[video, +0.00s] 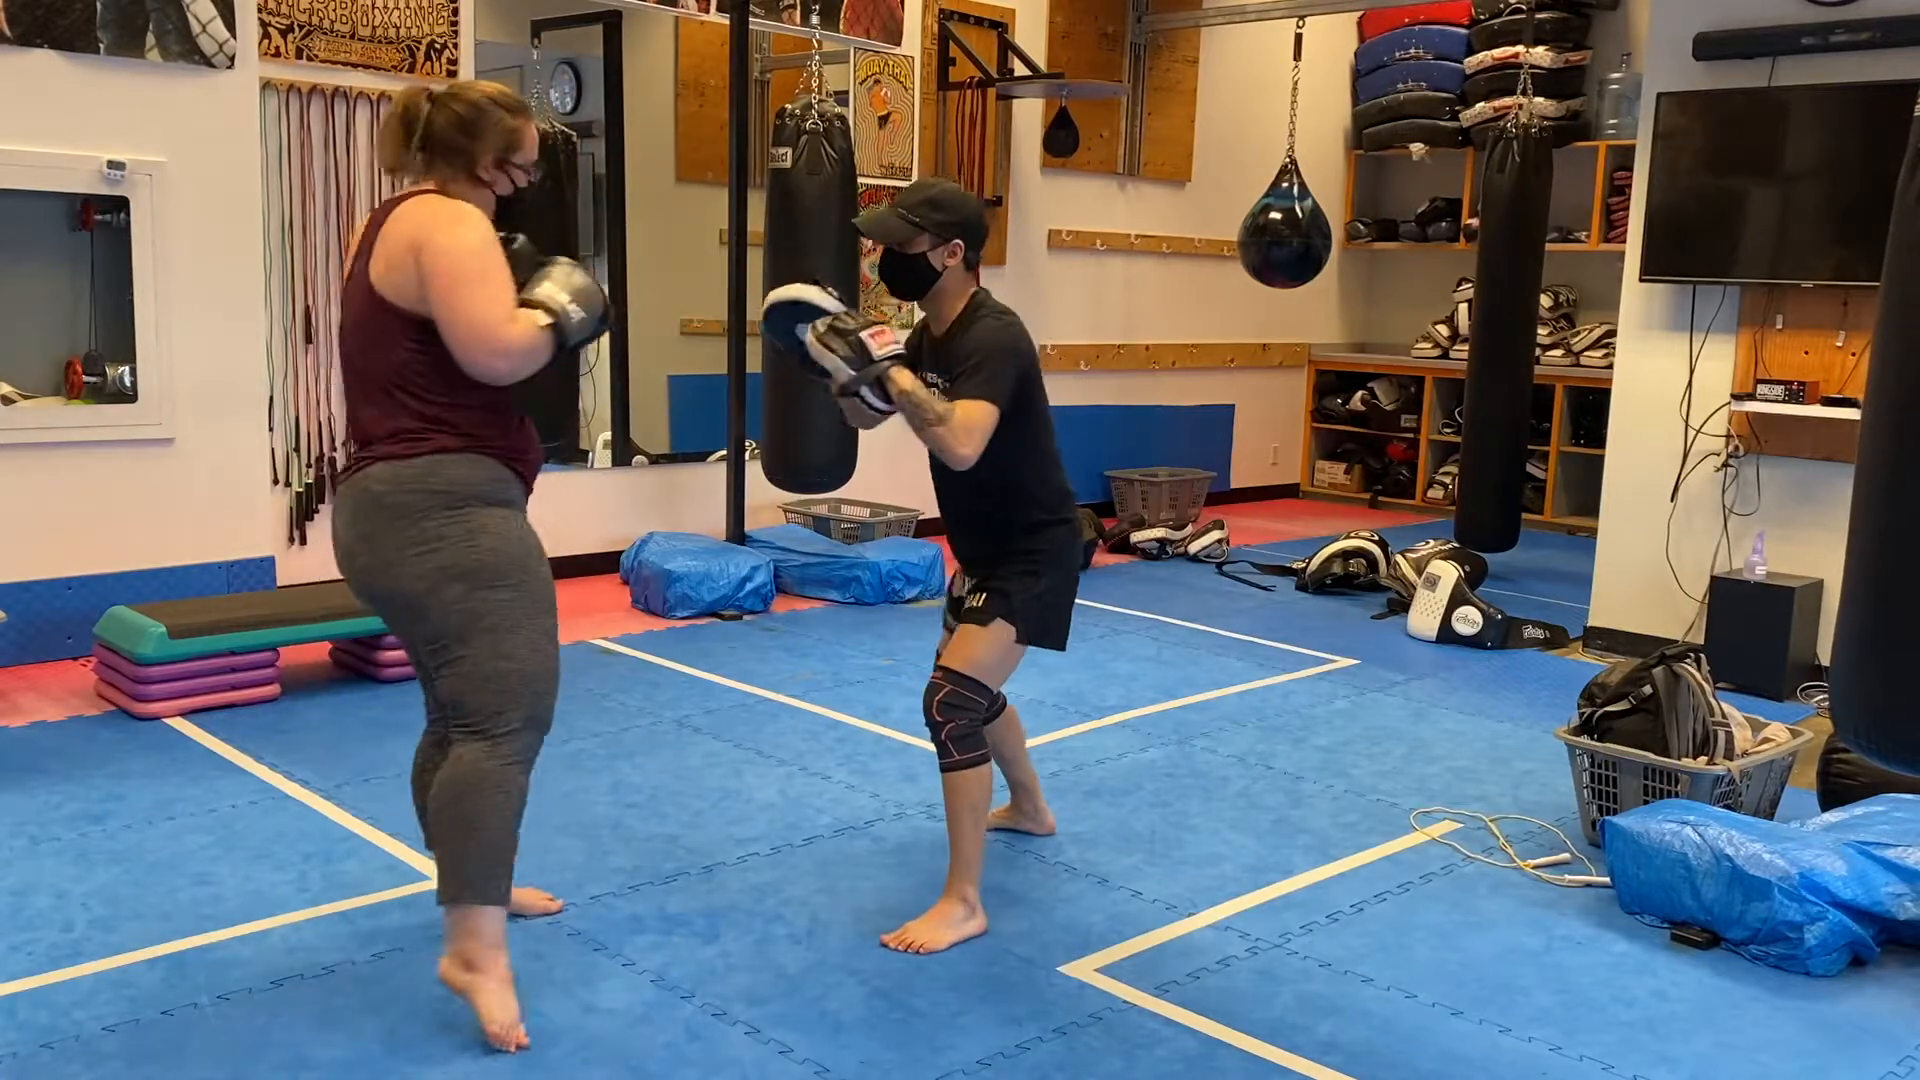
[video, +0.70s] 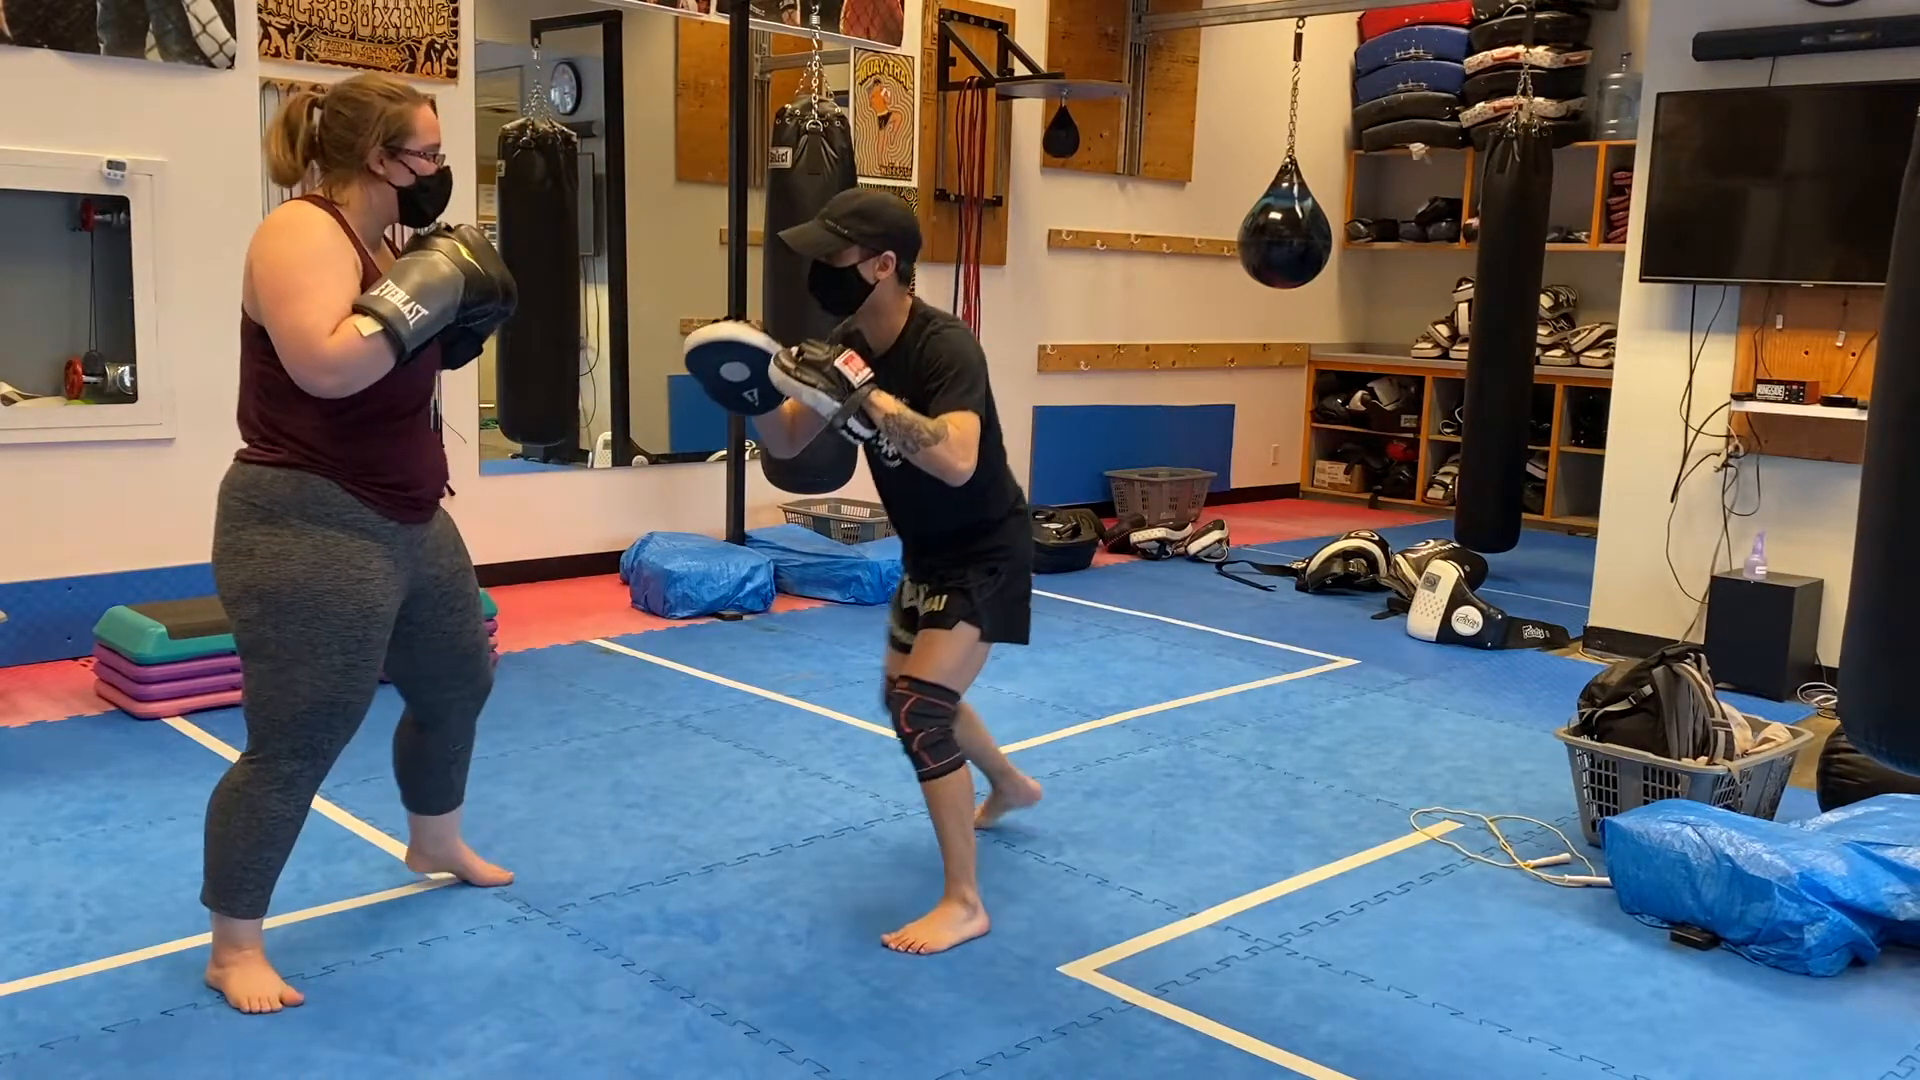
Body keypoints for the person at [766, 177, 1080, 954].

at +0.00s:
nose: (884, 259)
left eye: (899, 248)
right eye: (885, 246)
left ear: (949, 252)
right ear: (939, 254)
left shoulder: (995, 336)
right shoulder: (929, 329)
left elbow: (961, 443)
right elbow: (888, 411)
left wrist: (895, 377)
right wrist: (850, 366)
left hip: (1037, 545)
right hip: (981, 542)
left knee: (955, 701)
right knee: (965, 681)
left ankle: (964, 900)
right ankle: (1030, 803)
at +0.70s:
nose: (822, 271)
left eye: (835, 259)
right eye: (823, 258)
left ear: (882, 263)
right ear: (869, 264)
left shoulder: (948, 347)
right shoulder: (846, 348)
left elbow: (957, 460)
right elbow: (785, 442)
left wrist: (865, 399)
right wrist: (744, 374)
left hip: (986, 543)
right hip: (924, 543)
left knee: (922, 705)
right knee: (905, 690)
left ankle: (964, 901)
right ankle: (1009, 782)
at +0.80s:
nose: (812, 293)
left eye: (826, 282)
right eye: (812, 281)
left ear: (873, 285)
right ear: (855, 286)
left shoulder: (935, 365)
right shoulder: (837, 361)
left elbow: (939, 478)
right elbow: (780, 459)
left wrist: (848, 412)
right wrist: (738, 407)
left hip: (963, 562)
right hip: (902, 558)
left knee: (894, 725)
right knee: (845, 694)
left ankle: (963, 903)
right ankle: (963, 769)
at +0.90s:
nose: (794, 292)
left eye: (808, 281)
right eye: (795, 280)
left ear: (858, 284)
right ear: (837, 285)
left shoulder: (914, 367)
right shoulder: (817, 357)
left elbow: (903, 475)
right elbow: (756, 449)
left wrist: (821, 404)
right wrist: (721, 390)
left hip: (935, 566)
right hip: (873, 560)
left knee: (877, 728)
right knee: (798, 672)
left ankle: (962, 900)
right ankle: (879, 770)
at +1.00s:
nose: (775, 270)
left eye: (790, 257)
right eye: (776, 256)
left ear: (842, 262)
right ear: (821, 263)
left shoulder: (884, 349)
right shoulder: (792, 338)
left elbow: (871, 449)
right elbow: (729, 421)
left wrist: (799, 386)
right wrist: (713, 363)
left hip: (896, 548)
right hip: (834, 542)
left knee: (878, 713)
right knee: (766, 647)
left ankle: (958, 893)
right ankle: (780, 751)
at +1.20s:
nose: (734, 278)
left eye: (747, 267)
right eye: (732, 265)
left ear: (791, 270)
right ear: (746, 269)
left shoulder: (826, 348)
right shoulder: (729, 340)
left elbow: (830, 438)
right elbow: (655, 399)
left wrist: (755, 385)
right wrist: (637, 343)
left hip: (834, 535)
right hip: (765, 534)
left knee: (813, 661)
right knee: (697, 652)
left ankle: (862, 825)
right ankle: (737, 751)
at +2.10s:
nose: (744, 274)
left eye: (757, 260)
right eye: (736, 260)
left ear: (791, 260)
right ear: (723, 258)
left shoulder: (825, 331)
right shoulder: (713, 329)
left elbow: (903, 424)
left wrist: (838, 393)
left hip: (828, 524)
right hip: (743, 525)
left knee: (809, 659)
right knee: (721, 662)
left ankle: (847, 815)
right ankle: (714, 813)